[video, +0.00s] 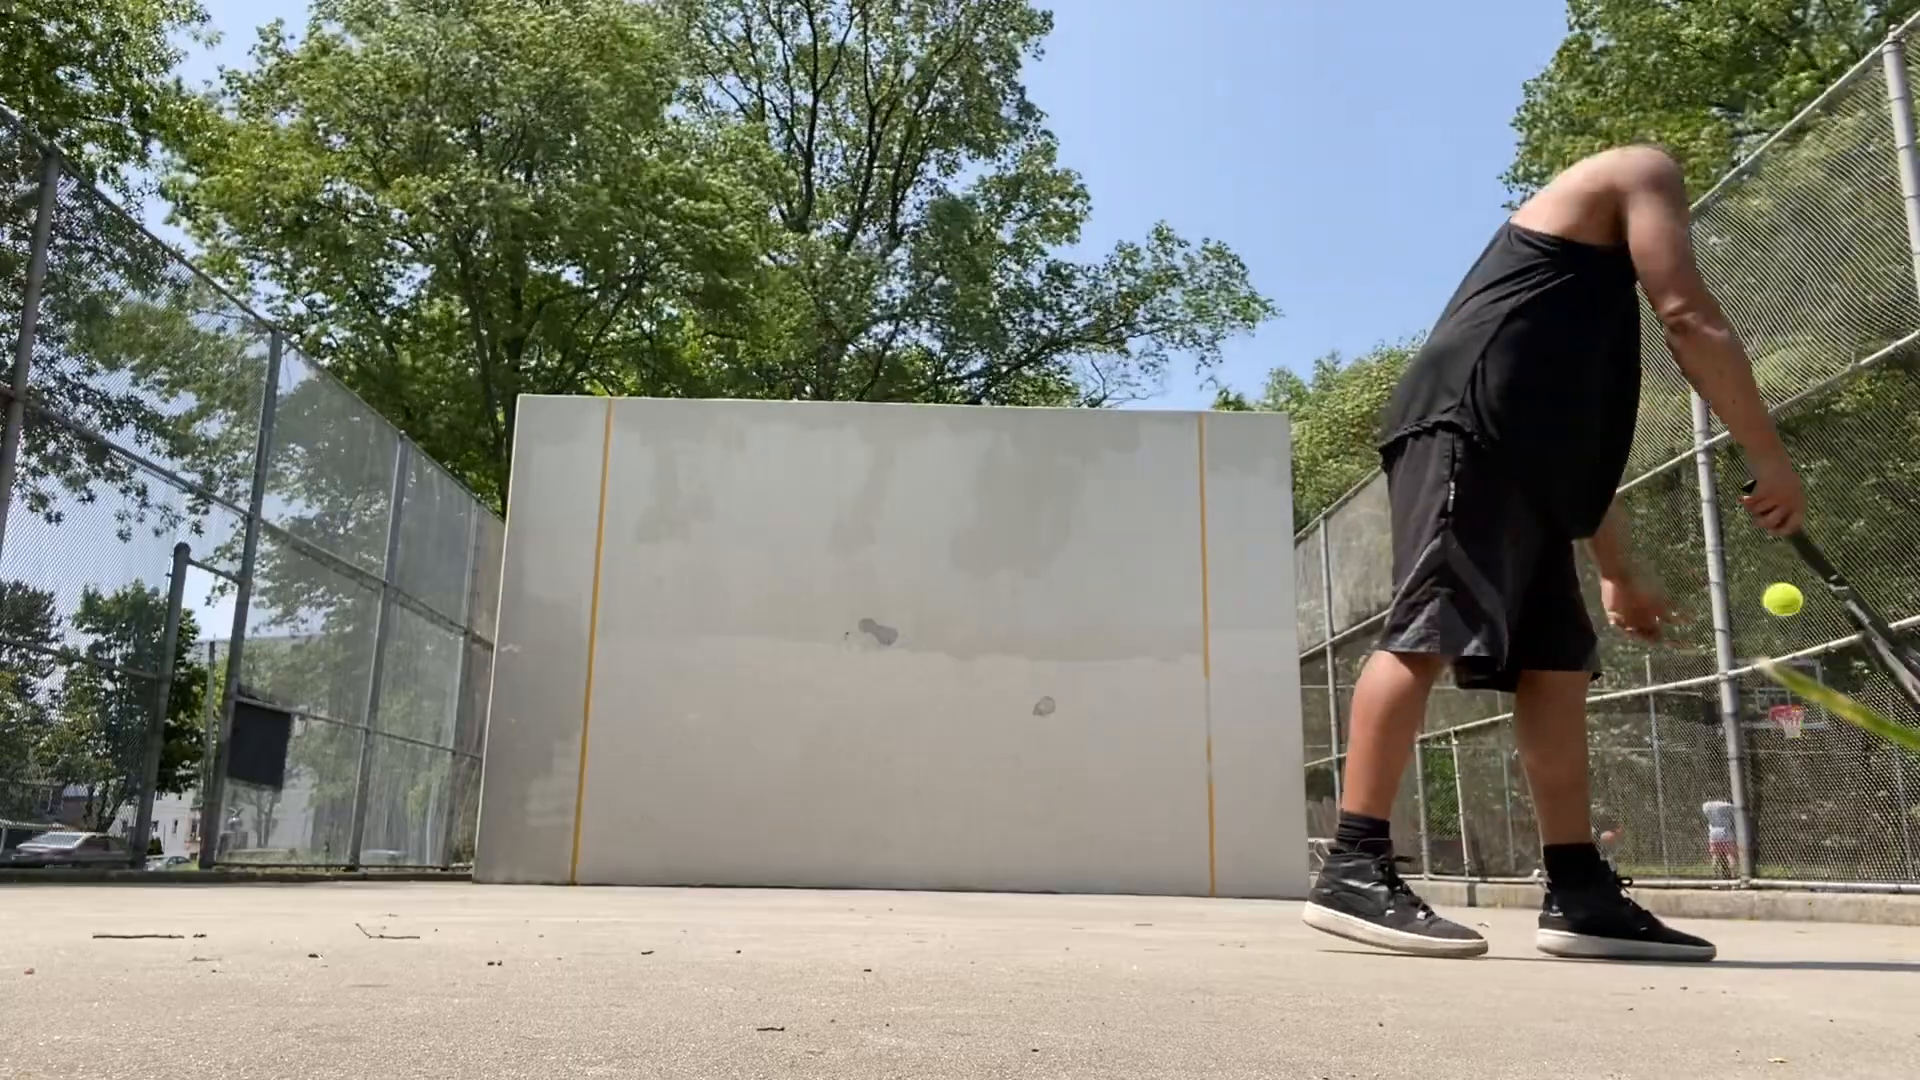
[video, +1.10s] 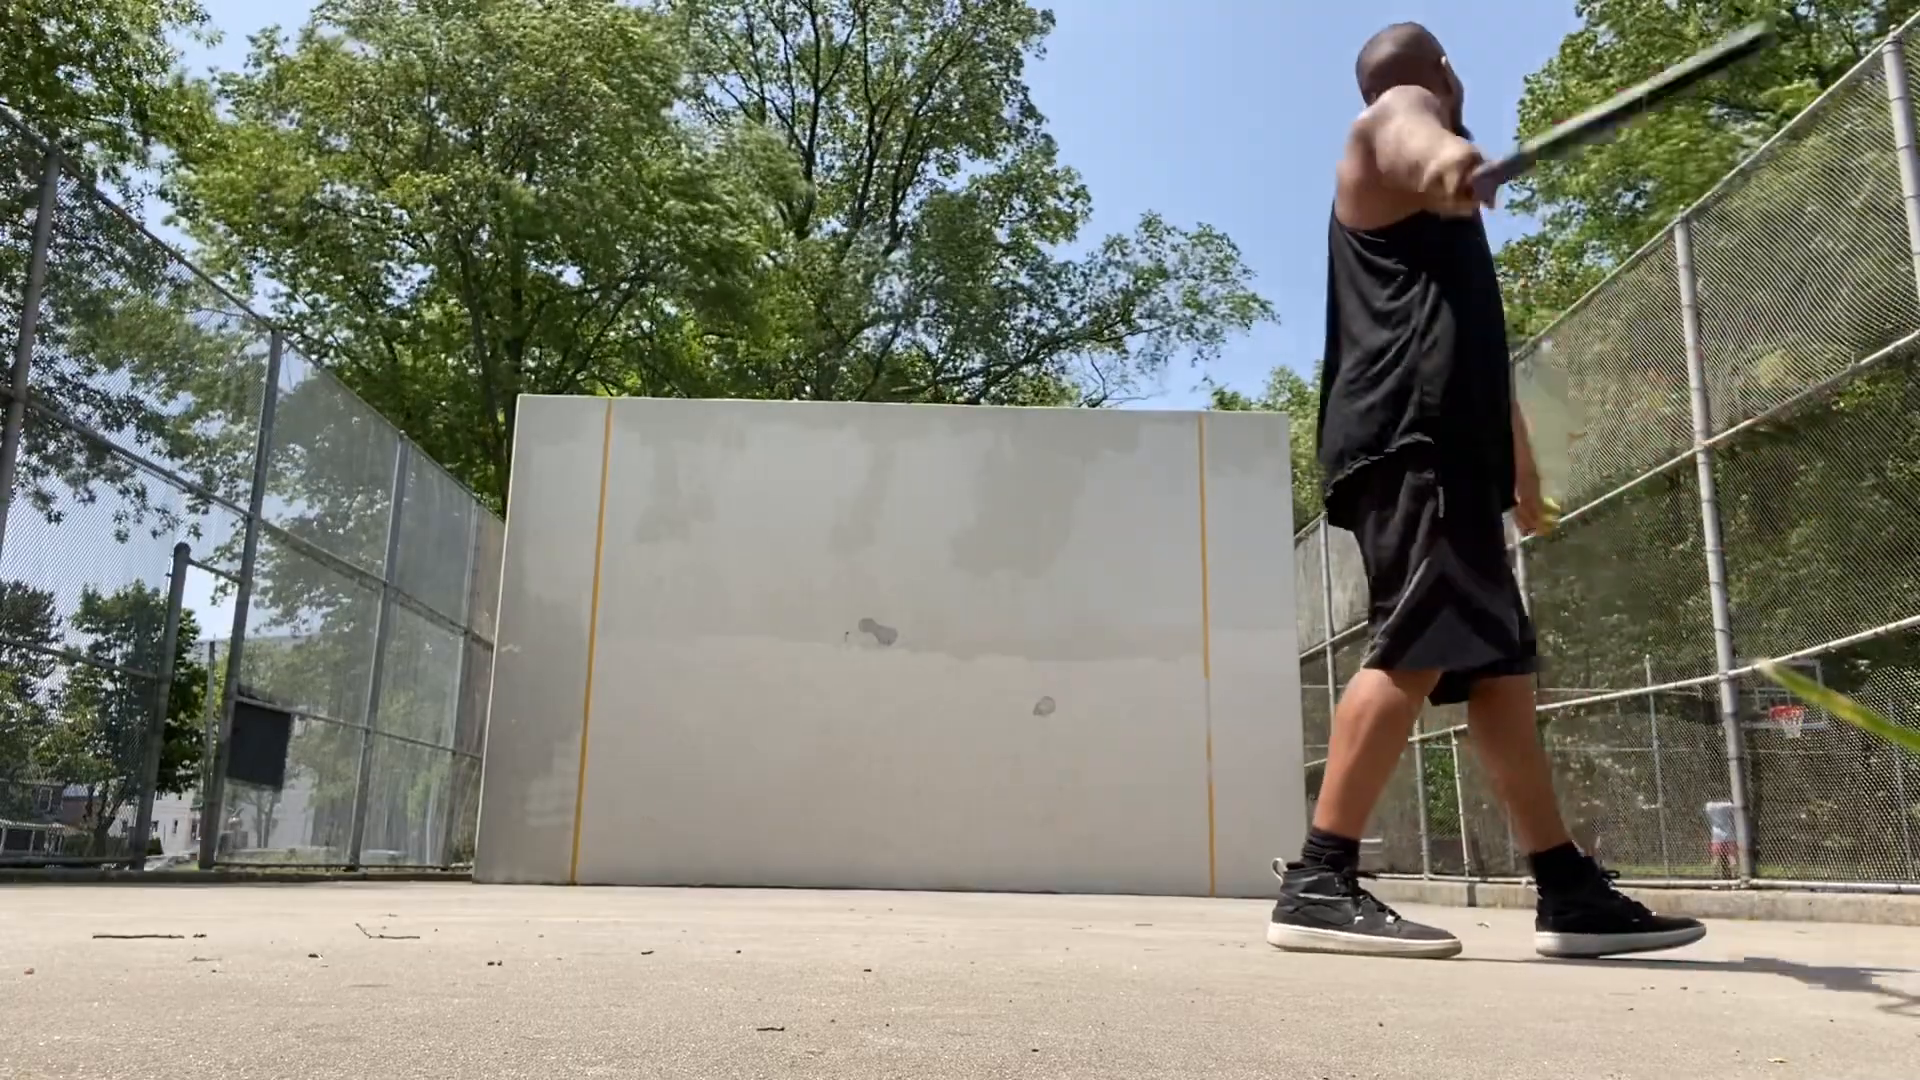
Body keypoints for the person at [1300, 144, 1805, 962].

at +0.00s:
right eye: (1671, 182)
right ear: (1656, 164)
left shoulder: (1580, 282)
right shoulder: (1636, 170)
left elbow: (1574, 429)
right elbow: (1687, 315)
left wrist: (1620, 570)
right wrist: (1770, 456)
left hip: (1525, 459)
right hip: (1465, 421)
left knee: (1556, 658)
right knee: (1420, 634)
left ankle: (1579, 892)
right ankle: (1354, 866)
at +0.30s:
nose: (1658, 209)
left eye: (1655, 201)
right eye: (1651, 188)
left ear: (1606, 218)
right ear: (1623, 171)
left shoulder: (1575, 307)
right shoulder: (1613, 163)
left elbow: (1662, 414)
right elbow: (1705, 311)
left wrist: (1753, 485)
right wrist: (1796, 402)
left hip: (1499, 468)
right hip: (1437, 425)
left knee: (1543, 657)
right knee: (1414, 634)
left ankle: (1578, 893)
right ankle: (1329, 867)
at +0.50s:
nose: (1595, 165)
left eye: (1591, 157)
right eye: (1589, 148)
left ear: (1525, 135)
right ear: (1571, 131)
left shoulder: (1506, 247)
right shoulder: (1552, 142)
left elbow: (1618, 379)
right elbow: (1624, 296)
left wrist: (1693, 414)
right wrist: (1715, 394)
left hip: (1466, 451)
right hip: (1416, 422)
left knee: (1520, 665)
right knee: (1428, 637)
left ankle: (1578, 894)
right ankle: (1322, 878)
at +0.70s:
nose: (1527, 124)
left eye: (1522, 113)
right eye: (1522, 109)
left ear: (1446, 98)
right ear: (1504, 97)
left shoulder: (1430, 172)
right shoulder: (1475, 128)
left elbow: (1520, 357)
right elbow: (1512, 291)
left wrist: (1623, 455)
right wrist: (1610, 433)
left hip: (1426, 441)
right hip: (1408, 426)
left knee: (1487, 674)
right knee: (1442, 643)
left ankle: (1573, 893)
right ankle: (1324, 876)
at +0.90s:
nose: (1480, 103)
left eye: (1474, 93)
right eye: (1476, 89)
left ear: (1390, 92)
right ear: (1457, 79)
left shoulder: (1385, 156)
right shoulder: (1429, 115)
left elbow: (1394, 320)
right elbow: (1428, 242)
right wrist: (1480, 358)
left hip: (1409, 434)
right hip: (1403, 425)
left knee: (1488, 666)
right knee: (1442, 640)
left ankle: (1572, 892)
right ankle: (1323, 878)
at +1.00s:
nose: (1466, 96)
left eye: (1460, 85)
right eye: (1460, 81)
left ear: (1382, 88)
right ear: (1438, 73)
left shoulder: (1392, 155)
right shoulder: (1413, 111)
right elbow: (1413, 201)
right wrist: (1449, 279)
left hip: (1426, 438)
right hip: (1405, 429)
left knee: (1489, 664)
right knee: (1427, 644)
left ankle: (1570, 892)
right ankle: (1321, 881)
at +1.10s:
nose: (1461, 88)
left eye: (1453, 78)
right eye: (1455, 74)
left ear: (1373, 83)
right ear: (1440, 69)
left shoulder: (1405, 165)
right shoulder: (1396, 111)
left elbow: (1468, 350)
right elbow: (1421, 148)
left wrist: (1521, 469)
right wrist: (1456, 160)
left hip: (1447, 452)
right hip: (1407, 441)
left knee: (1500, 669)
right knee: (1413, 646)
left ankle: (1569, 893)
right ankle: (1319, 881)